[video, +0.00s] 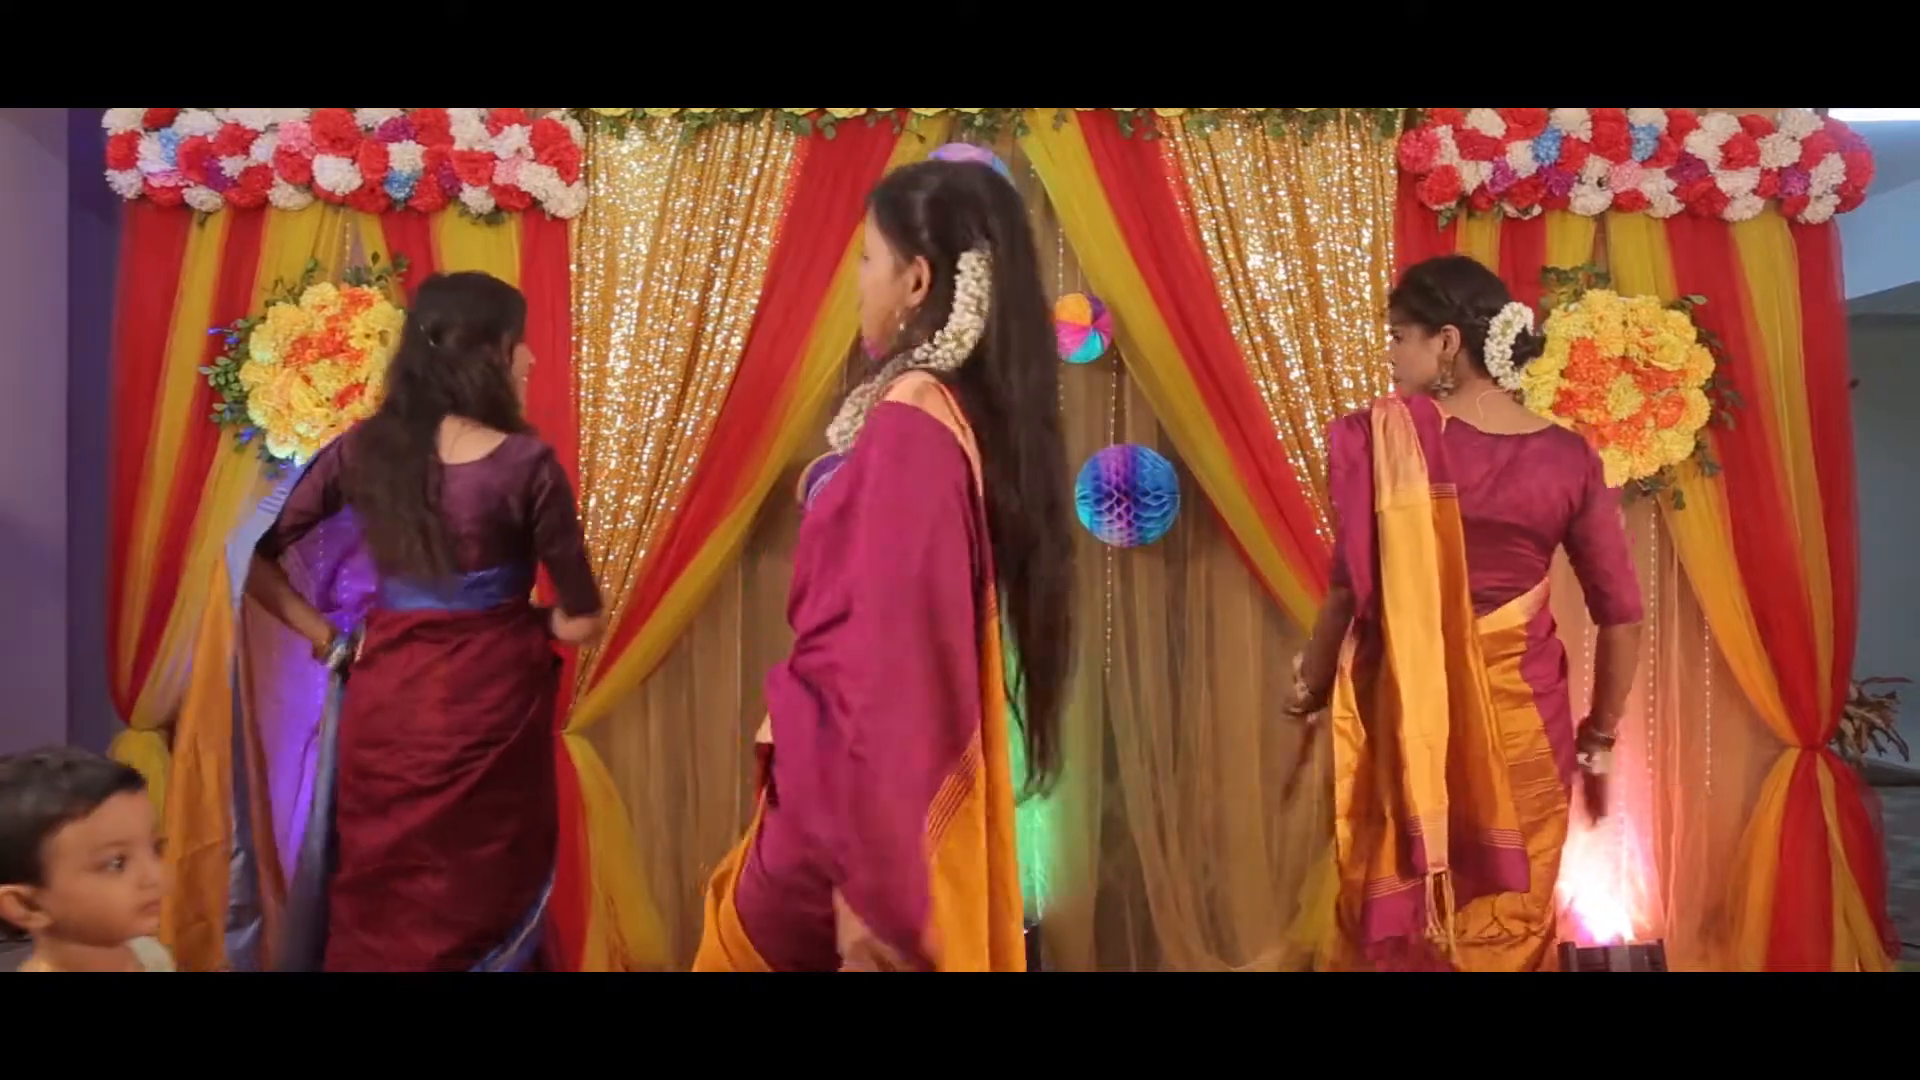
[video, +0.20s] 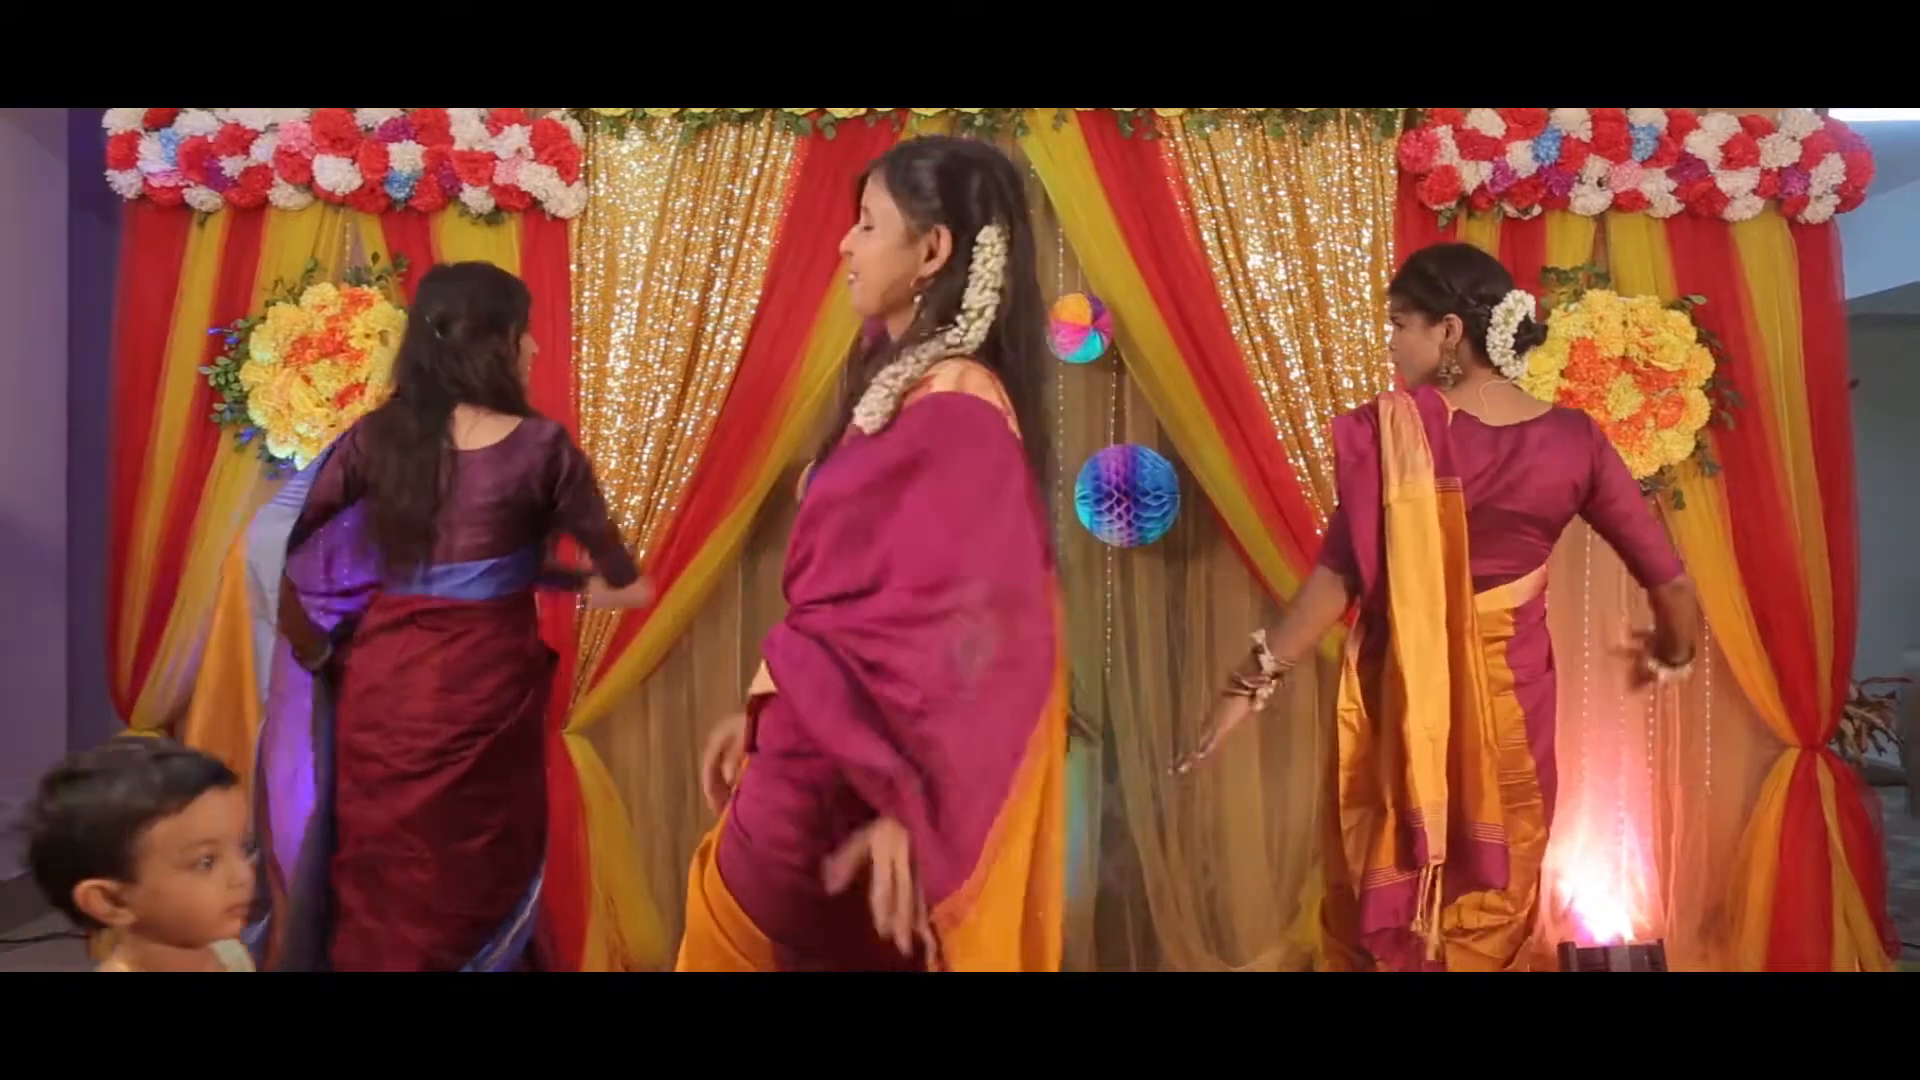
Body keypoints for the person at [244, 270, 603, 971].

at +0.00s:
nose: (530, 362)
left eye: (526, 345)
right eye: (521, 345)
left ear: (427, 350)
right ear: (485, 354)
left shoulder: (364, 447)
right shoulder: (524, 461)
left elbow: (259, 557)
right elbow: (582, 616)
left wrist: (328, 637)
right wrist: (526, 615)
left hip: (386, 686)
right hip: (492, 690)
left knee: (373, 888)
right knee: (484, 888)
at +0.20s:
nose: (535, 346)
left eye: (531, 331)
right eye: (525, 332)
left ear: (431, 341)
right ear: (494, 345)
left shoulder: (374, 436)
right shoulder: (542, 446)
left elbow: (293, 541)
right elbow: (618, 574)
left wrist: (315, 646)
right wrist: (527, 565)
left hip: (383, 673)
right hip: (489, 679)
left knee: (375, 868)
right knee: (478, 871)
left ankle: (378, 963)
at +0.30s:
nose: (532, 342)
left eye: (528, 329)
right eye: (526, 330)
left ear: (427, 338)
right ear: (508, 340)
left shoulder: (385, 435)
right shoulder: (555, 439)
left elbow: (299, 538)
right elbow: (680, 538)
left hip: (387, 668)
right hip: (490, 677)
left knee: (377, 861)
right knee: (477, 859)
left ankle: (373, 963)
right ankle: (471, 964)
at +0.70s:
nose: (424, 352)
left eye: (430, 337)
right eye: (430, 334)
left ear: (435, 350)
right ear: (523, 351)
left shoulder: (384, 441)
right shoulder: (556, 460)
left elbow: (300, 558)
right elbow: (630, 519)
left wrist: (201, 602)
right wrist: (656, 410)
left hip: (395, 667)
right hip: (495, 672)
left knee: (389, 849)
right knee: (486, 857)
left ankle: (393, 960)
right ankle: (477, 961)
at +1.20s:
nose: (421, 382)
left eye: (425, 364)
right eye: (420, 365)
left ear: (467, 360)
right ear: (500, 360)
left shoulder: (414, 448)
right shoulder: (557, 460)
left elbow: (345, 594)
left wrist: (197, 646)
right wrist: (583, 396)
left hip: (417, 702)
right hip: (506, 702)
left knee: (401, 900)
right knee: (481, 908)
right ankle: (475, 962)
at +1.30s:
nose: (415, 369)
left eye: (426, 350)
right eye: (413, 352)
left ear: (484, 347)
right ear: (491, 352)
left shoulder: (428, 445)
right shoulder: (568, 450)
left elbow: (387, 599)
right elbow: (524, 422)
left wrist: (218, 638)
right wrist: (546, 354)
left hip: (416, 691)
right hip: (499, 693)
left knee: (395, 879)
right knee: (477, 876)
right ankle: (475, 962)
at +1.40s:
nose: (414, 370)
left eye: (428, 350)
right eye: (411, 353)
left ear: (489, 349)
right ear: (492, 354)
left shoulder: (434, 447)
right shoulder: (544, 447)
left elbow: (392, 605)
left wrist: (227, 636)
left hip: (428, 707)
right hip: (499, 705)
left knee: (406, 911)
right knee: (481, 921)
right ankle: (480, 960)